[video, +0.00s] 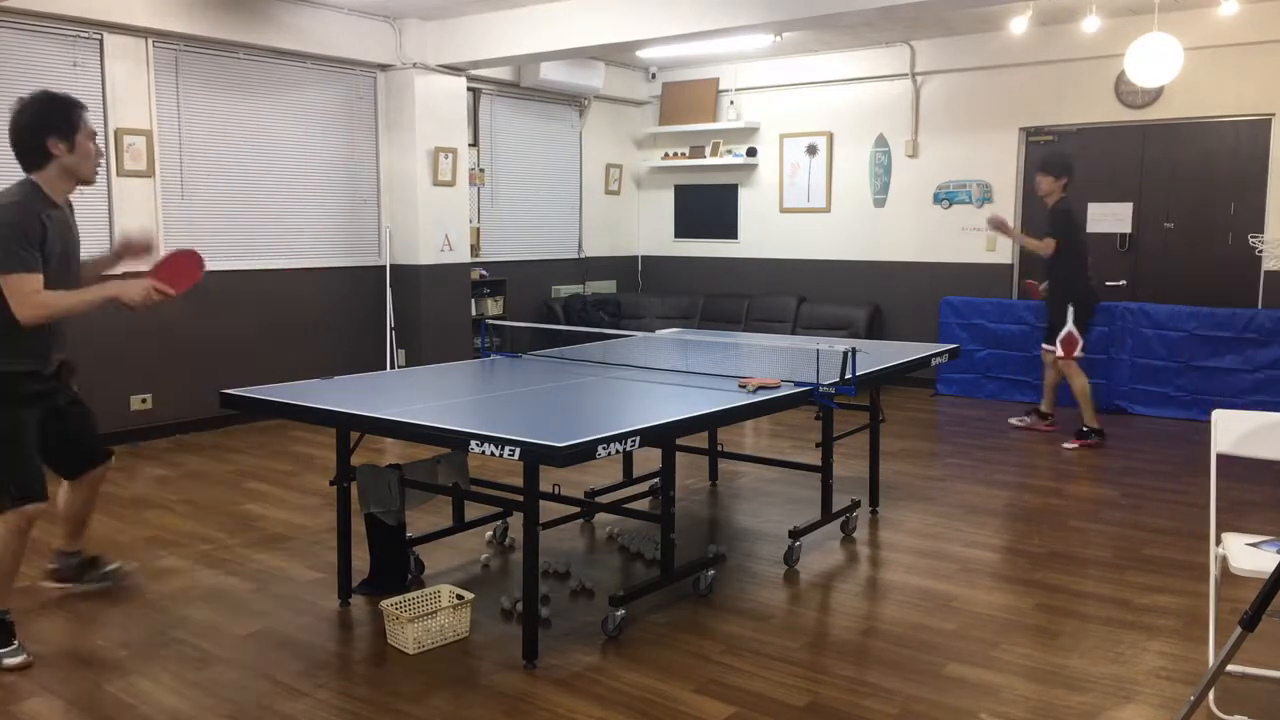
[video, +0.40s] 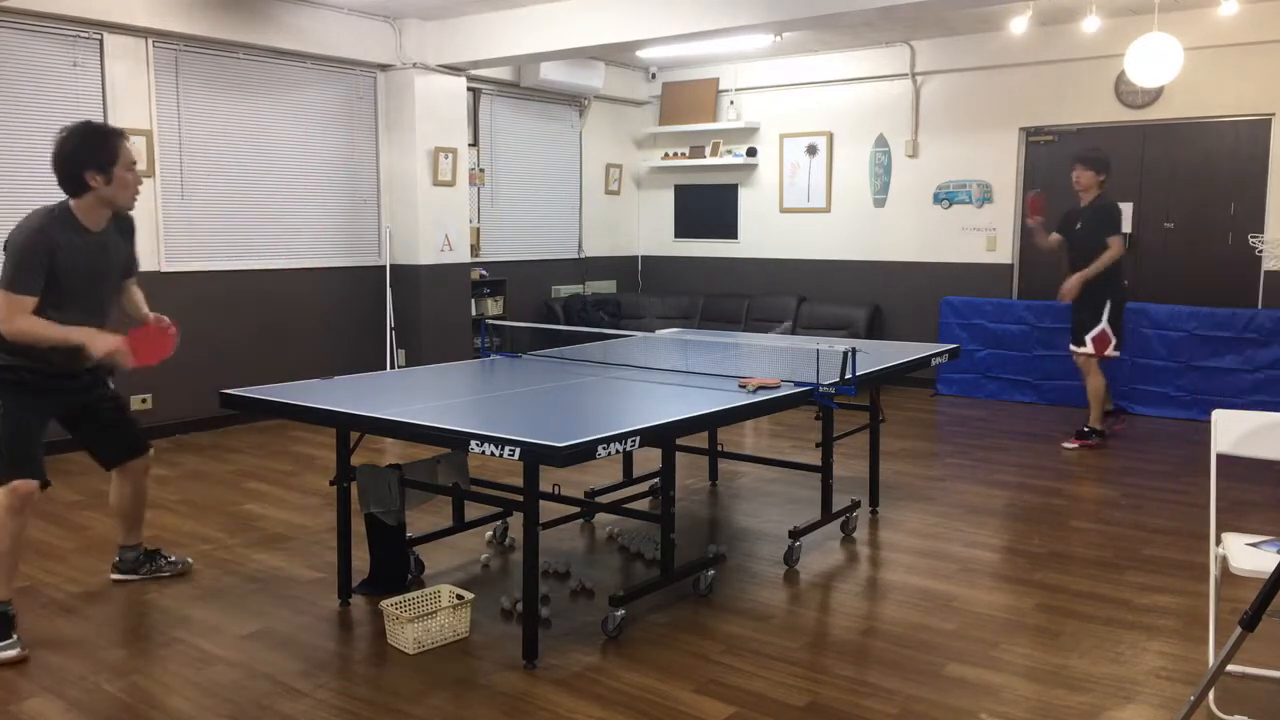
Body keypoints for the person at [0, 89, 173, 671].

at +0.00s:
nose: (98, 148)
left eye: (94, 137)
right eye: (88, 139)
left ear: (61, 147)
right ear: (55, 148)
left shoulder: (59, 208)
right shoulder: (18, 211)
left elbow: (59, 283)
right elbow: (27, 306)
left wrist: (112, 259)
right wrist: (116, 288)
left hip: (46, 376)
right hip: (11, 383)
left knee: (89, 462)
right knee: (21, 502)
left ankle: (69, 558)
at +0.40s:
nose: (139, 178)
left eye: (136, 167)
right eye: (130, 169)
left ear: (100, 178)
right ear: (95, 180)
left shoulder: (120, 227)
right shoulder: (36, 235)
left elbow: (122, 285)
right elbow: (10, 321)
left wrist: (145, 318)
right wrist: (89, 337)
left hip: (79, 373)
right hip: (19, 377)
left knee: (133, 455)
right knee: (20, 487)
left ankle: (130, 554)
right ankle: (2, 611)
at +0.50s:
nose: (143, 181)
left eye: (140, 171)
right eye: (133, 174)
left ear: (103, 183)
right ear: (96, 185)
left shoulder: (127, 231)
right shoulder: (34, 239)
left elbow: (135, 286)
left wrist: (155, 317)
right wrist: (49, 349)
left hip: (81, 372)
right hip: (18, 377)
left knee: (140, 456)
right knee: (21, 487)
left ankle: (131, 554)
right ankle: (2, 608)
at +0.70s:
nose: (158, 215)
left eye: (157, 204)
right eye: (148, 207)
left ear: (124, 217)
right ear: (112, 217)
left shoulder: (146, 255)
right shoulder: (43, 257)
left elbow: (157, 306)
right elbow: (4, 319)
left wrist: (172, 348)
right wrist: (1, 384)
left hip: (97, 382)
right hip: (32, 382)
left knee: (161, 463)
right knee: (23, 485)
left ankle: (137, 553)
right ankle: (2, 605)